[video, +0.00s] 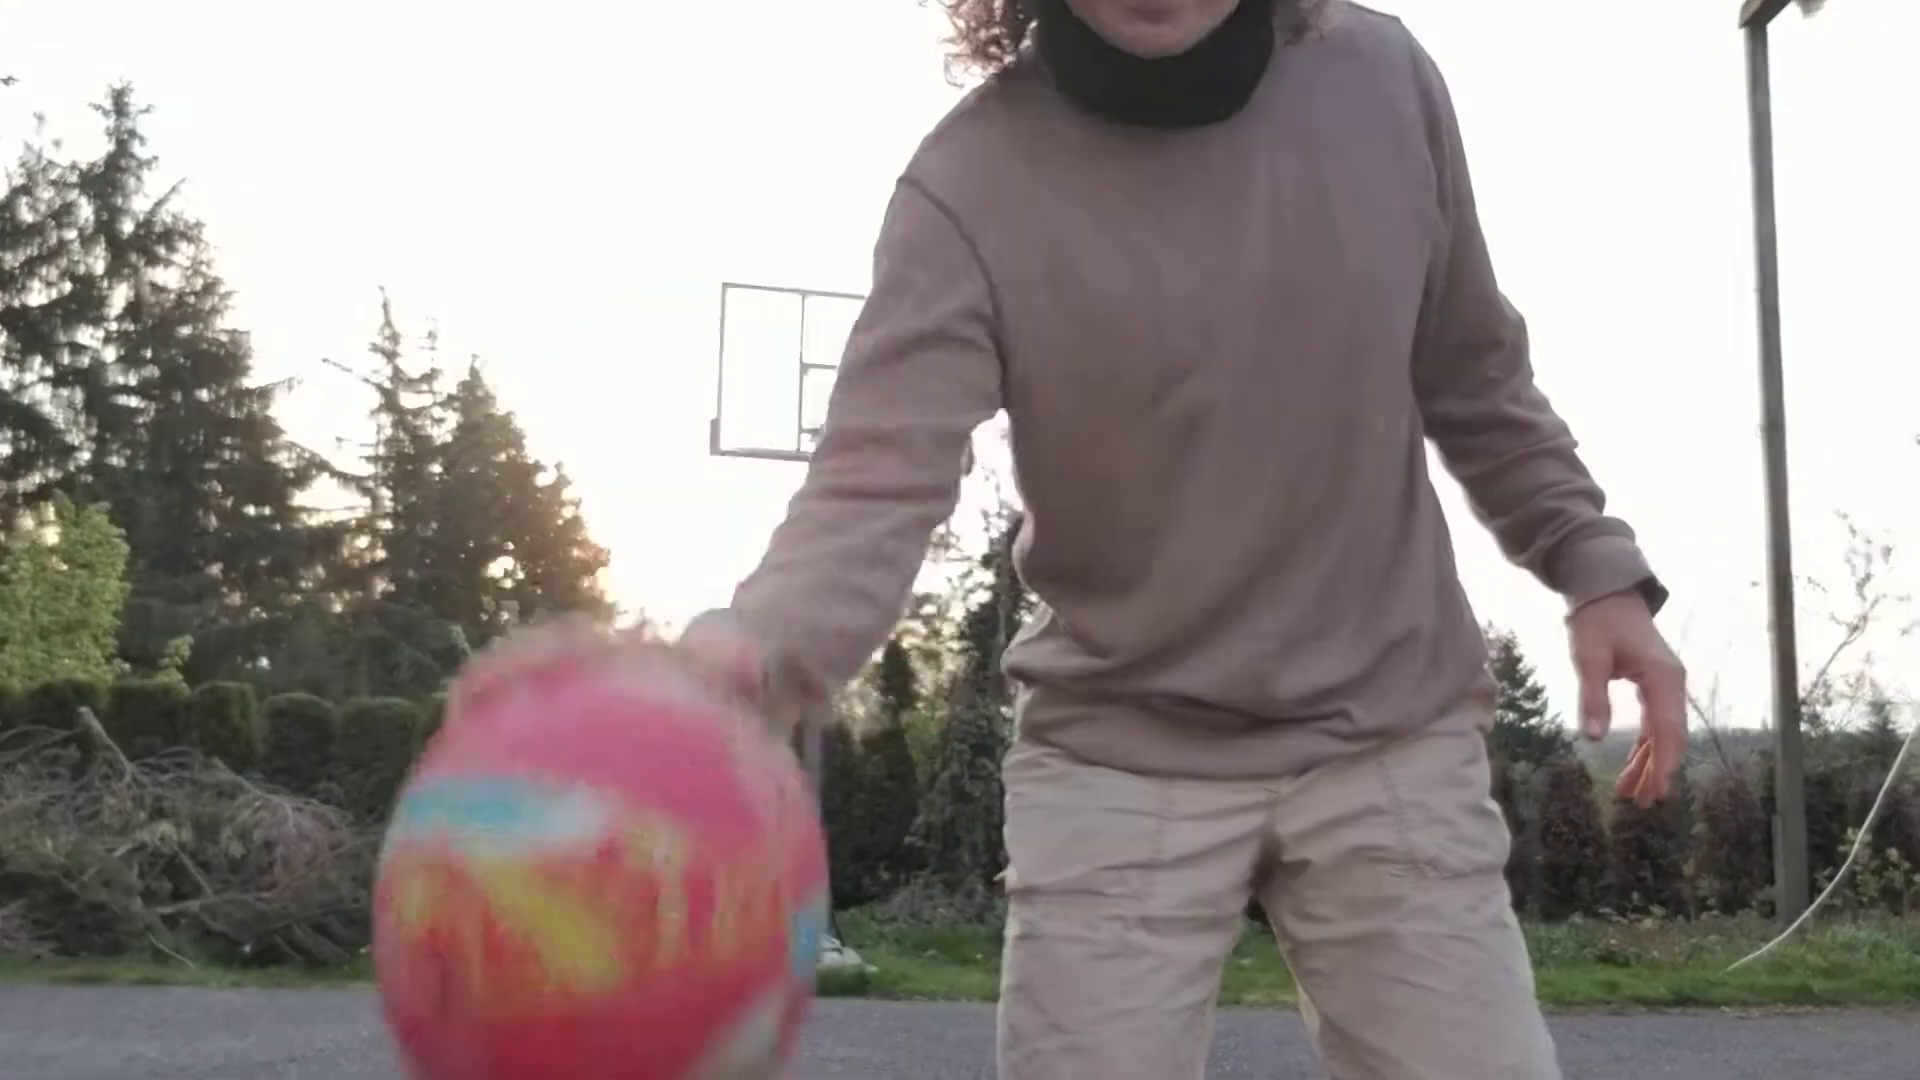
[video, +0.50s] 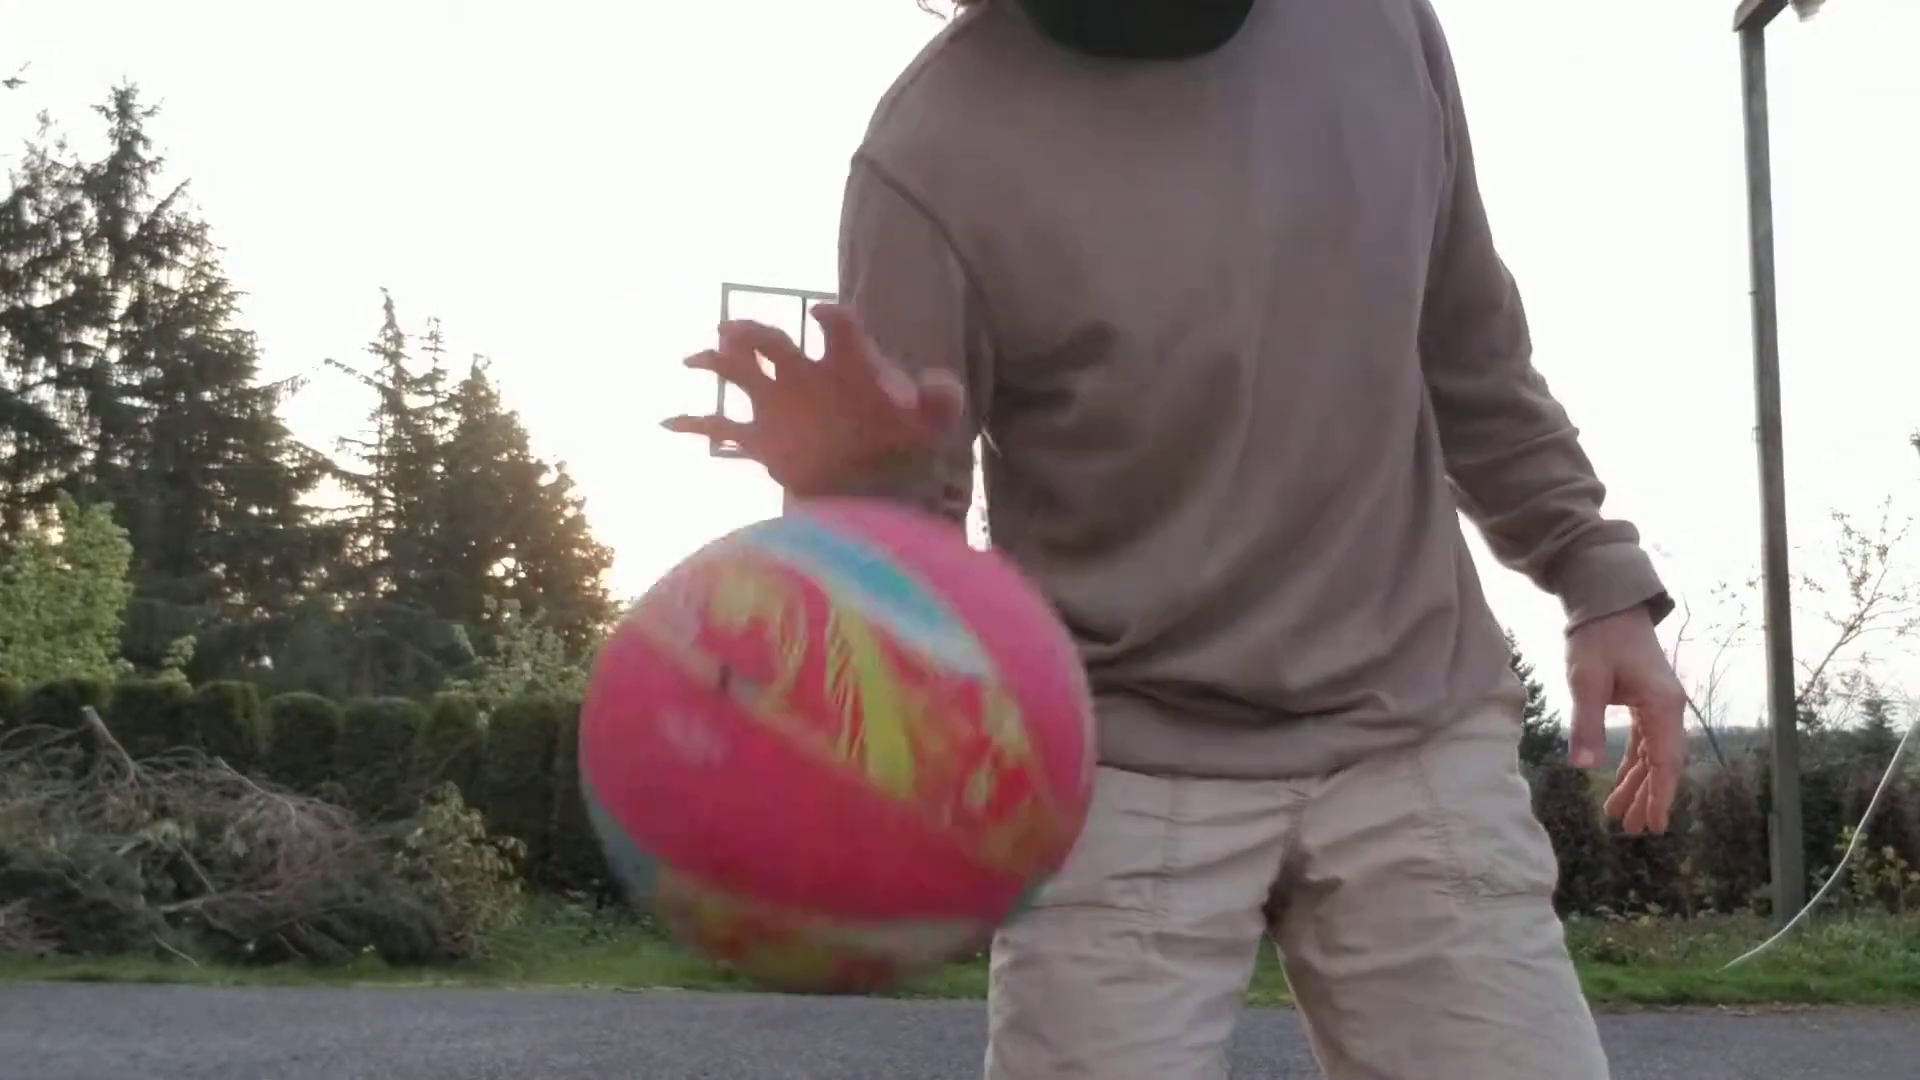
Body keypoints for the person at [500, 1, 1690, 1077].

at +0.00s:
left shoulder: (1382, 85)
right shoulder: (971, 182)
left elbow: (1476, 377)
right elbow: (872, 484)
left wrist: (1597, 571)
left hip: (1395, 728)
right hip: (1117, 744)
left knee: (1486, 1060)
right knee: (1085, 1057)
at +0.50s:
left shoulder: (1381, 34)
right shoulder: (936, 147)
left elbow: (1473, 355)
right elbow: (905, 582)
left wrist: (1599, 582)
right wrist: (864, 499)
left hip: (1425, 737)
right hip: (1124, 762)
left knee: (1527, 1060)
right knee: (1085, 1059)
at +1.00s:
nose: (1126, 5)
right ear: (1014, 3)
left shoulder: (1330, 121)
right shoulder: (963, 256)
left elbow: (1419, 393)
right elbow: (885, 616)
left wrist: (1532, 581)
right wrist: (920, 900)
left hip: (1349, 750)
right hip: (1088, 767)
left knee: (1435, 1060)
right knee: (1069, 1056)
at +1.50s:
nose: (1097, 170)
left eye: (1130, 134)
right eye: (1059, 136)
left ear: (1174, 148)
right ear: (1003, 154)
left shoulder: (1242, 291)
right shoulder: (949, 347)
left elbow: (1291, 515)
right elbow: (860, 625)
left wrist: (1374, 681)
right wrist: (985, 516)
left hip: (1214, 788)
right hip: (1007, 796)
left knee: (1256, 1062)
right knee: (971, 1061)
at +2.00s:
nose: (1045, 291)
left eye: (1068, 263)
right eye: (1015, 267)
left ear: (1110, 268)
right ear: (974, 281)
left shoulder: (1210, 393)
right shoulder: (935, 440)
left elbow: (1275, 583)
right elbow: (901, 664)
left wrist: (1176, 659)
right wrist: (912, 834)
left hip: (1207, 793)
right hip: (1033, 807)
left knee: (1215, 1064)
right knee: (1002, 1062)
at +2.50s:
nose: (985, 400)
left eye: (1008, 376)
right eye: (969, 382)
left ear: (1062, 378)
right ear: (955, 390)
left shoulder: (1088, 483)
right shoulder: (1044, 487)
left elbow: (1054, 630)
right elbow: (1066, 643)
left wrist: (963, 748)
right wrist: (1053, 764)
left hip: (1168, 782)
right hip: (1132, 783)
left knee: (1100, 1047)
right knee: (1117, 1044)